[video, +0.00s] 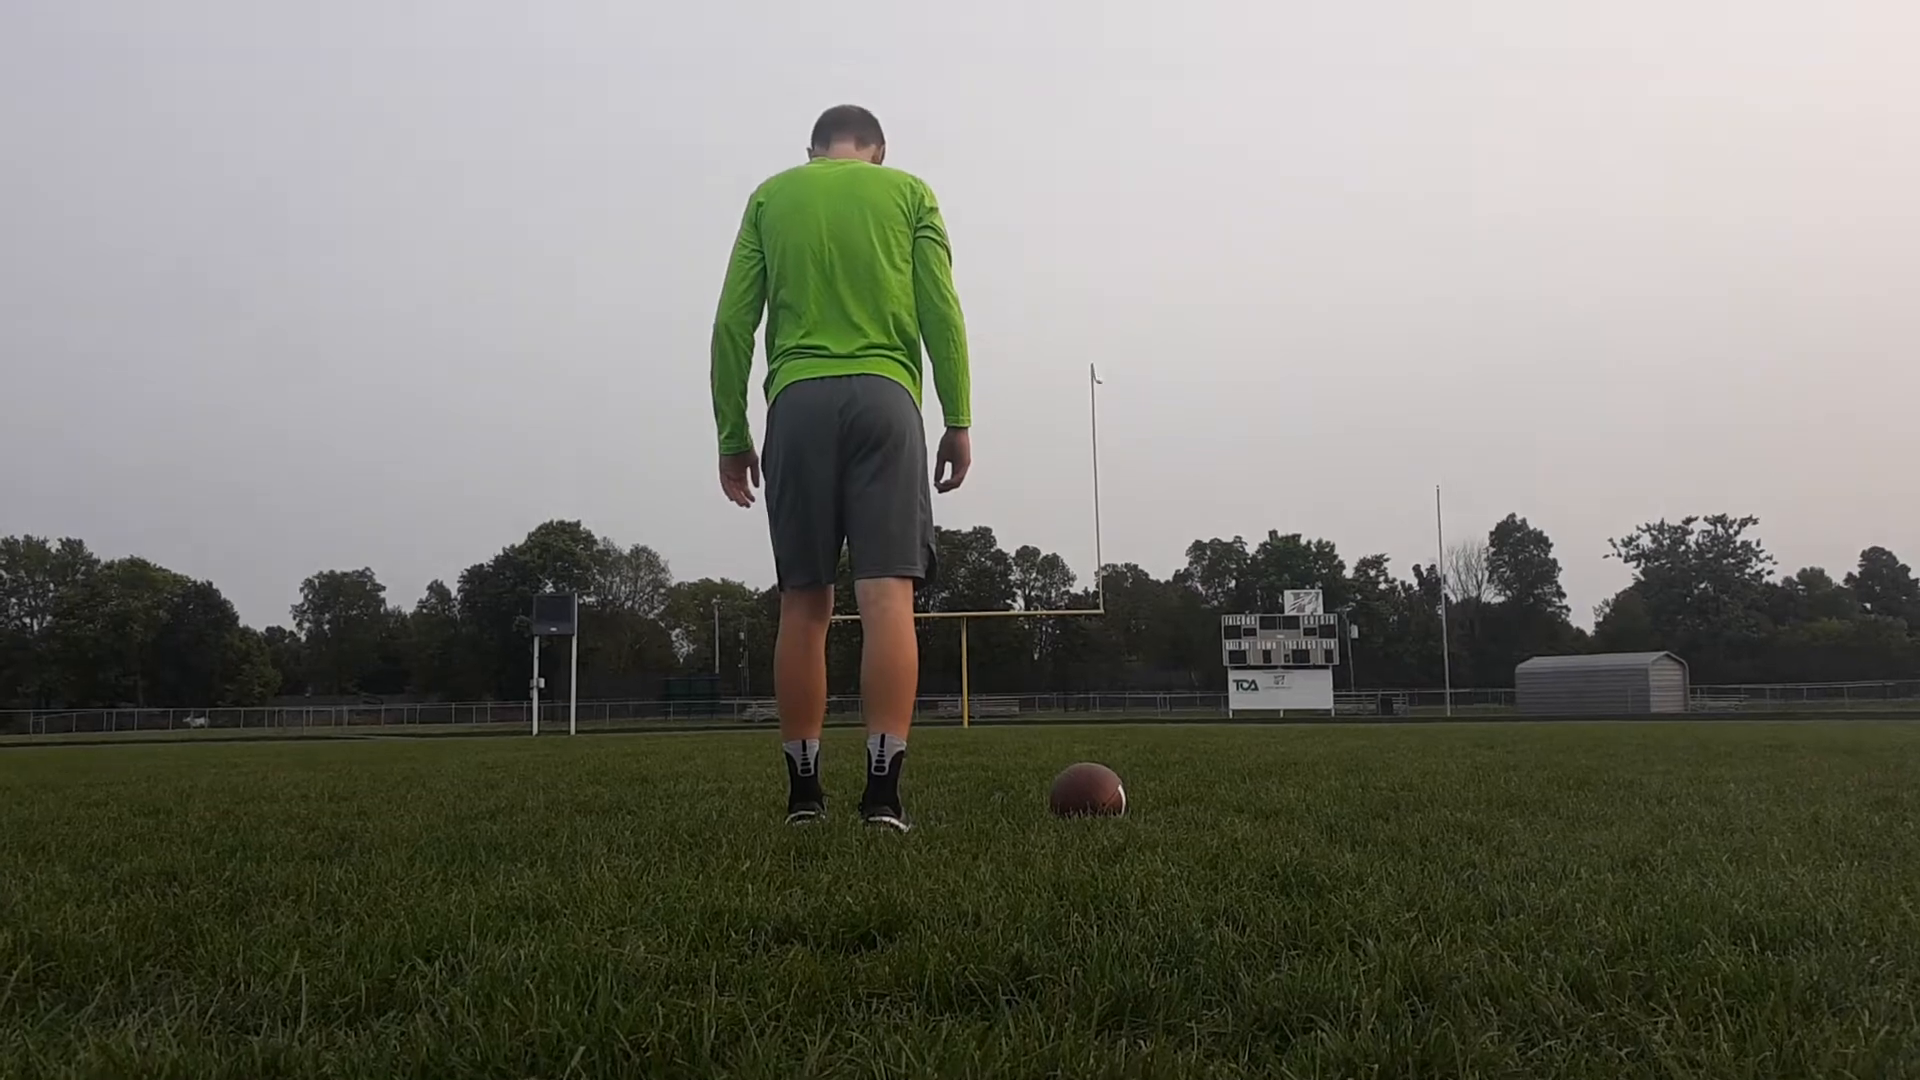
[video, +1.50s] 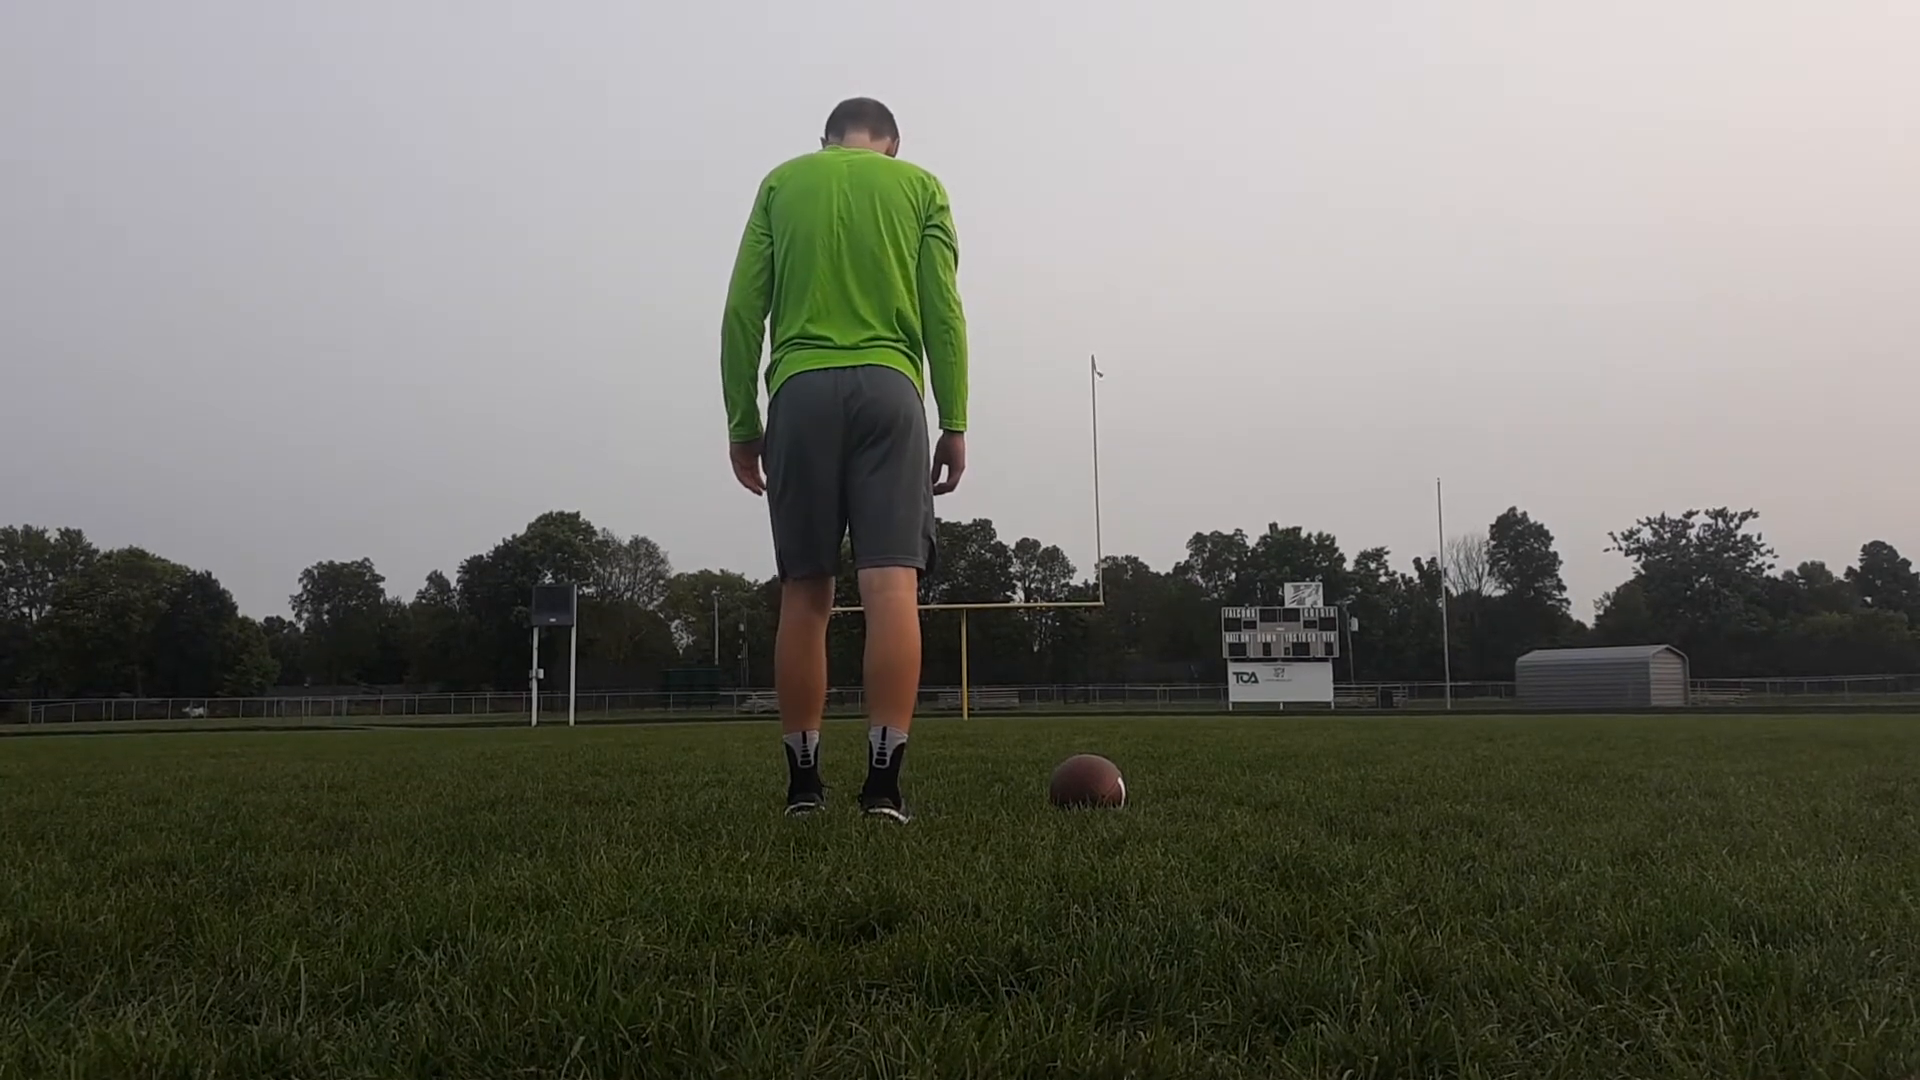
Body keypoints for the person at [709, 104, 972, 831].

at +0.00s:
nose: (874, 164)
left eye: (863, 155)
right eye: (877, 154)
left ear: (812, 149)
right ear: (875, 148)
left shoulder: (769, 196)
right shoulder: (907, 190)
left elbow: (732, 320)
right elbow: (939, 304)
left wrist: (731, 434)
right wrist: (958, 419)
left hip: (798, 401)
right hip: (884, 397)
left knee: (803, 602)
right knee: (886, 596)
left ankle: (804, 794)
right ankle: (883, 797)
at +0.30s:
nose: (879, 160)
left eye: (868, 152)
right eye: (882, 151)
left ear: (816, 144)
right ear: (880, 144)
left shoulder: (773, 190)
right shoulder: (911, 186)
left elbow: (735, 316)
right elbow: (941, 302)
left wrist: (737, 429)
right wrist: (958, 416)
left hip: (799, 396)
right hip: (886, 394)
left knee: (804, 596)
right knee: (888, 592)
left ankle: (803, 788)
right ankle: (883, 793)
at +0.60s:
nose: (888, 149)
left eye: (879, 141)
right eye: (889, 140)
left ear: (822, 130)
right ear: (886, 132)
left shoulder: (777, 174)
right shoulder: (915, 174)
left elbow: (736, 303)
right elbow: (941, 291)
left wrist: (737, 413)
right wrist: (957, 408)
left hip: (798, 381)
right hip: (885, 379)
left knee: (803, 584)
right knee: (888, 579)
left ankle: (803, 777)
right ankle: (882, 781)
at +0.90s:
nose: (895, 152)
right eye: (898, 142)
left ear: (830, 129)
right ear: (895, 134)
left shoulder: (784, 170)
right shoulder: (921, 178)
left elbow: (740, 294)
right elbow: (943, 298)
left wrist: (738, 411)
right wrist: (956, 415)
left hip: (799, 379)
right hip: (887, 378)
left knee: (801, 585)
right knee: (890, 579)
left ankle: (803, 775)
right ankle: (883, 780)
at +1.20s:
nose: (894, 156)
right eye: (897, 145)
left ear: (830, 135)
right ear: (894, 138)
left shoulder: (785, 176)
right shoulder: (922, 184)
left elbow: (742, 302)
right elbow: (943, 305)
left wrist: (739, 417)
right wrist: (954, 421)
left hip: (800, 386)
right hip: (887, 385)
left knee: (802, 588)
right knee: (890, 584)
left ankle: (803, 782)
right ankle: (883, 785)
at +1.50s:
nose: (893, 155)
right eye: (894, 146)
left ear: (826, 138)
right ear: (891, 140)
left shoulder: (782, 181)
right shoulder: (918, 184)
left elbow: (743, 309)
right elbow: (942, 306)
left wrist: (743, 424)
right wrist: (954, 423)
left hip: (801, 392)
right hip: (888, 389)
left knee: (805, 590)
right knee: (890, 586)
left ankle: (803, 784)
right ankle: (884, 786)